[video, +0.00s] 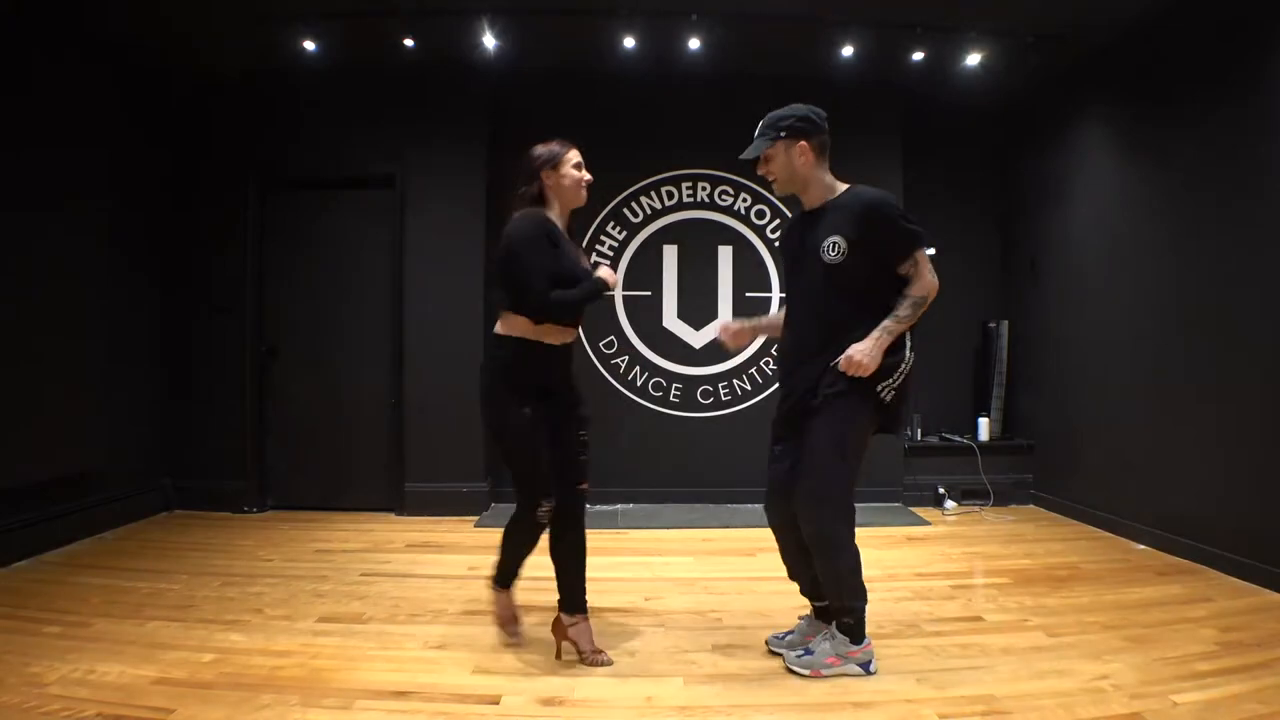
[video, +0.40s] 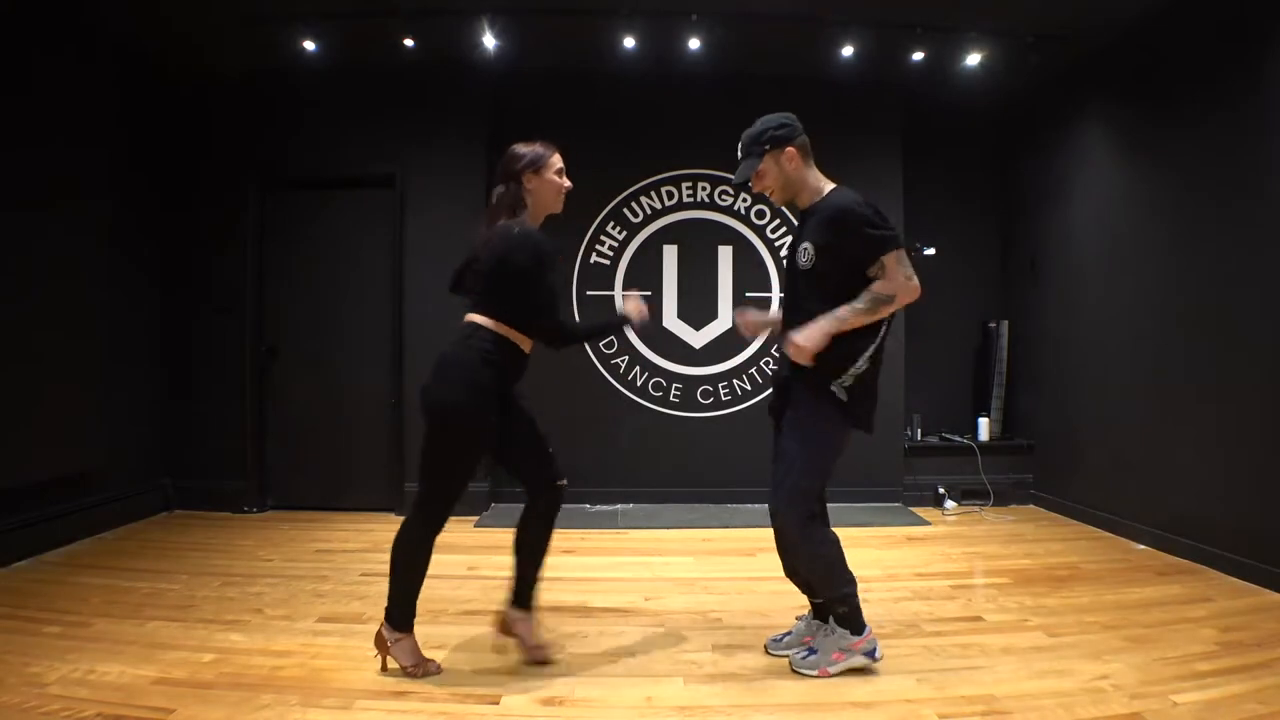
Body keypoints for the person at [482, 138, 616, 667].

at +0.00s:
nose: (587, 176)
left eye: (585, 168)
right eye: (577, 168)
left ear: (562, 182)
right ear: (547, 178)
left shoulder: (564, 236)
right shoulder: (527, 227)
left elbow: (566, 304)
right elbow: (536, 303)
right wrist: (595, 286)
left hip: (557, 371)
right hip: (513, 370)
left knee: (571, 496)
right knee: (536, 497)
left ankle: (573, 614)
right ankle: (502, 585)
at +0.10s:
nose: (593, 176)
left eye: (591, 169)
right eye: (582, 169)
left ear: (565, 184)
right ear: (553, 181)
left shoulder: (566, 236)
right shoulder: (540, 229)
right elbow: (584, 293)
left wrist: (594, 268)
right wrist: (604, 261)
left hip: (536, 378)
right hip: (496, 373)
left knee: (554, 500)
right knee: (504, 505)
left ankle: (572, 616)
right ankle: (436, 602)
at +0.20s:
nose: (590, 180)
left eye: (588, 171)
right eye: (579, 172)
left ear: (568, 184)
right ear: (551, 183)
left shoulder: (560, 235)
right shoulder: (543, 232)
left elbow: (586, 300)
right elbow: (598, 299)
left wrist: (596, 266)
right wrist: (606, 257)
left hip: (518, 382)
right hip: (485, 377)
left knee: (544, 500)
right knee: (468, 511)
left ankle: (571, 618)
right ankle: (406, 621)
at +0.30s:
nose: (578, 182)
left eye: (575, 173)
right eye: (568, 174)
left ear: (543, 184)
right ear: (538, 183)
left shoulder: (520, 235)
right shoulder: (537, 239)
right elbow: (582, 320)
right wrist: (614, 276)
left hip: (491, 381)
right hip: (468, 378)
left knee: (540, 493)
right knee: (438, 506)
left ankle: (562, 617)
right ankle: (398, 627)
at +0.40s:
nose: (569, 182)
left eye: (566, 173)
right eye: (559, 173)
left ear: (532, 183)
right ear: (528, 181)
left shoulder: (505, 237)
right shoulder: (526, 242)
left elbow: (461, 282)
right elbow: (558, 334)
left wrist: (518, 304)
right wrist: (623, 317)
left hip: (483, 377)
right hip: (472, 377)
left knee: (546, 487)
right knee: (432, 507)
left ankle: (519, 611)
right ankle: (396, 629)